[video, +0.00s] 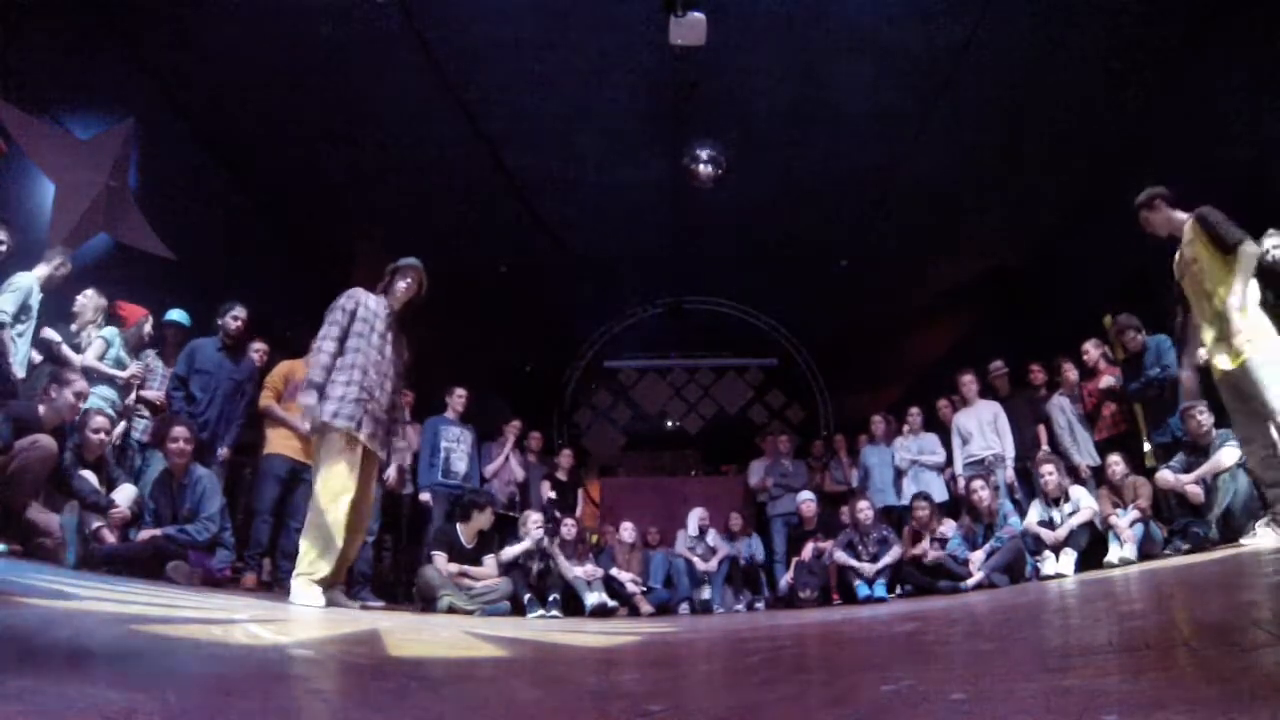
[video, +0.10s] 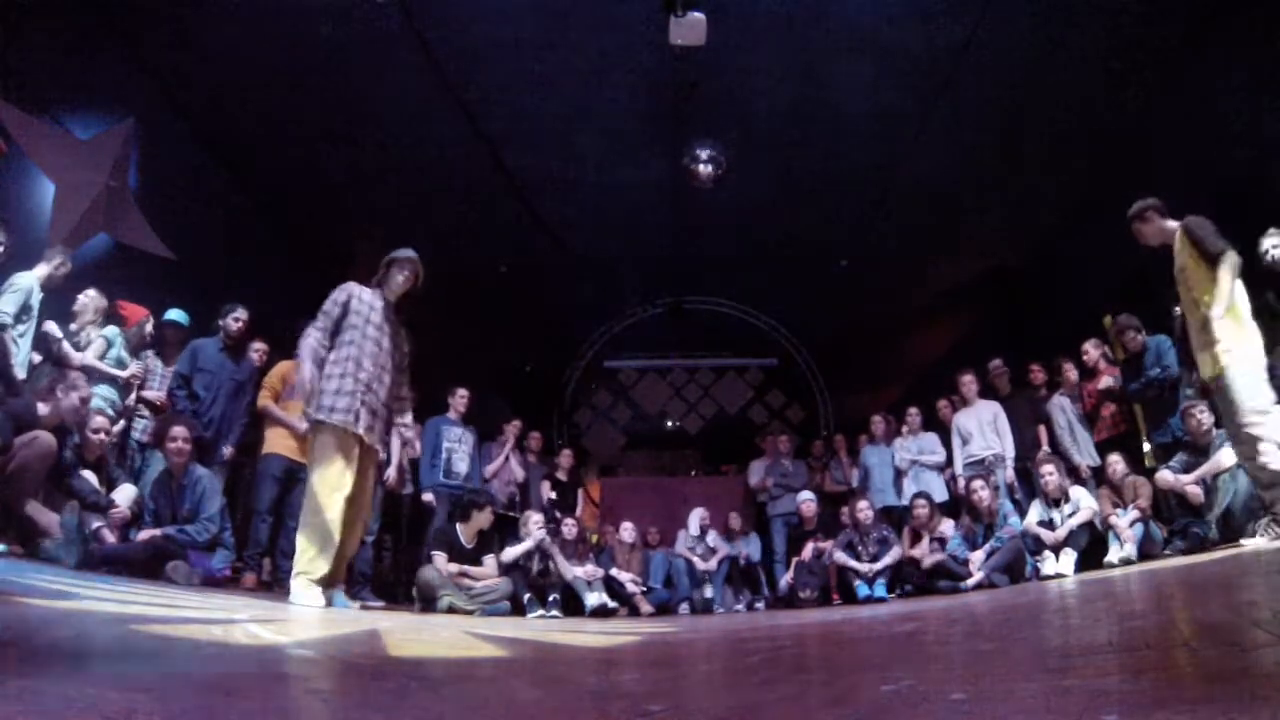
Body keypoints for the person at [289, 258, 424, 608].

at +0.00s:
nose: (408, 285)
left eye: (415, 283)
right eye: (405, 277)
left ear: (416, 294)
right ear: (390, 276)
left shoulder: (398, 341)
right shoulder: (358, 299)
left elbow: (396, 399)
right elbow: (325, 345)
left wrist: (398, 455)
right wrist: (310, 397)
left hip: (375, 427)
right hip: (343, 411)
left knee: (359, 509)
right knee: (333, 499)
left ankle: (333, 584)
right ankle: (306, 580)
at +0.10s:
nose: (406, 277)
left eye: (412, 275)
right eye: (402, 269)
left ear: (414, 285)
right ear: (386, 269)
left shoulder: (399, 333)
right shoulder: (353, 293)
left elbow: (400, 391)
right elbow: (315, 335)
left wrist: (410, 433)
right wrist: (307, 375)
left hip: (374, 421)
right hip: (338, 404)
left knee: (357, 506)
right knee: (328, 495)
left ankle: (334, 584)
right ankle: (306, 580)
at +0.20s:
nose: (403, 273)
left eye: (408, 270)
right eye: (399, 264)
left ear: (409, 279)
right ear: (381, 263)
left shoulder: (398, 323)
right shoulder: (345, 291)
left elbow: (404, 380)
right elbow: (308, 332)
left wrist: (409, 426)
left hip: (371, 420)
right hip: (330, 405)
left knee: (361, 499)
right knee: (323, 492)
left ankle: (336, 581)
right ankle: (305, 581)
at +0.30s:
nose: (397, 268)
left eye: (402, 265)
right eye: (392, 260)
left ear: (403, 273)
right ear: (375, 258)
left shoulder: (398, 318)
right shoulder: (339, 287)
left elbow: (405, 378)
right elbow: (306, 314)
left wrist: (406, 422)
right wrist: (300, 262)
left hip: (371, 415)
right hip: (327, 401)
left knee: (364, 494)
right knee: (318, 489)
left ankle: (339, 578)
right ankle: (305, 580)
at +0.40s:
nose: (394, 263)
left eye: (399, 260)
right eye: (390, 255)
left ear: (400, 267)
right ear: (371, 253)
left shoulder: (398, 315)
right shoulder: (335, 283)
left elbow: (403, 381)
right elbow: (297, 287)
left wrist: (399, 438)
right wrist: (297, 243)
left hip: (371, 412)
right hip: (324, 398)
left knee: (362, 490)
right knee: (314, 489)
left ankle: (340, 576)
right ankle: (303, 579)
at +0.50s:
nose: (387, 260)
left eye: (394, 256)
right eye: (383, 251)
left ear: (398, 265)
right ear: (366, 253)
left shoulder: (397, 314)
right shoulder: (331, 282)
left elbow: (400, 380)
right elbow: (290, 275)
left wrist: (394, 435)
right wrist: (304, 222)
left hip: (366, 410)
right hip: (317, 398)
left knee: (354, 493)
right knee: (313, 490)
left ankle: (344, 582)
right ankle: (304, 581)